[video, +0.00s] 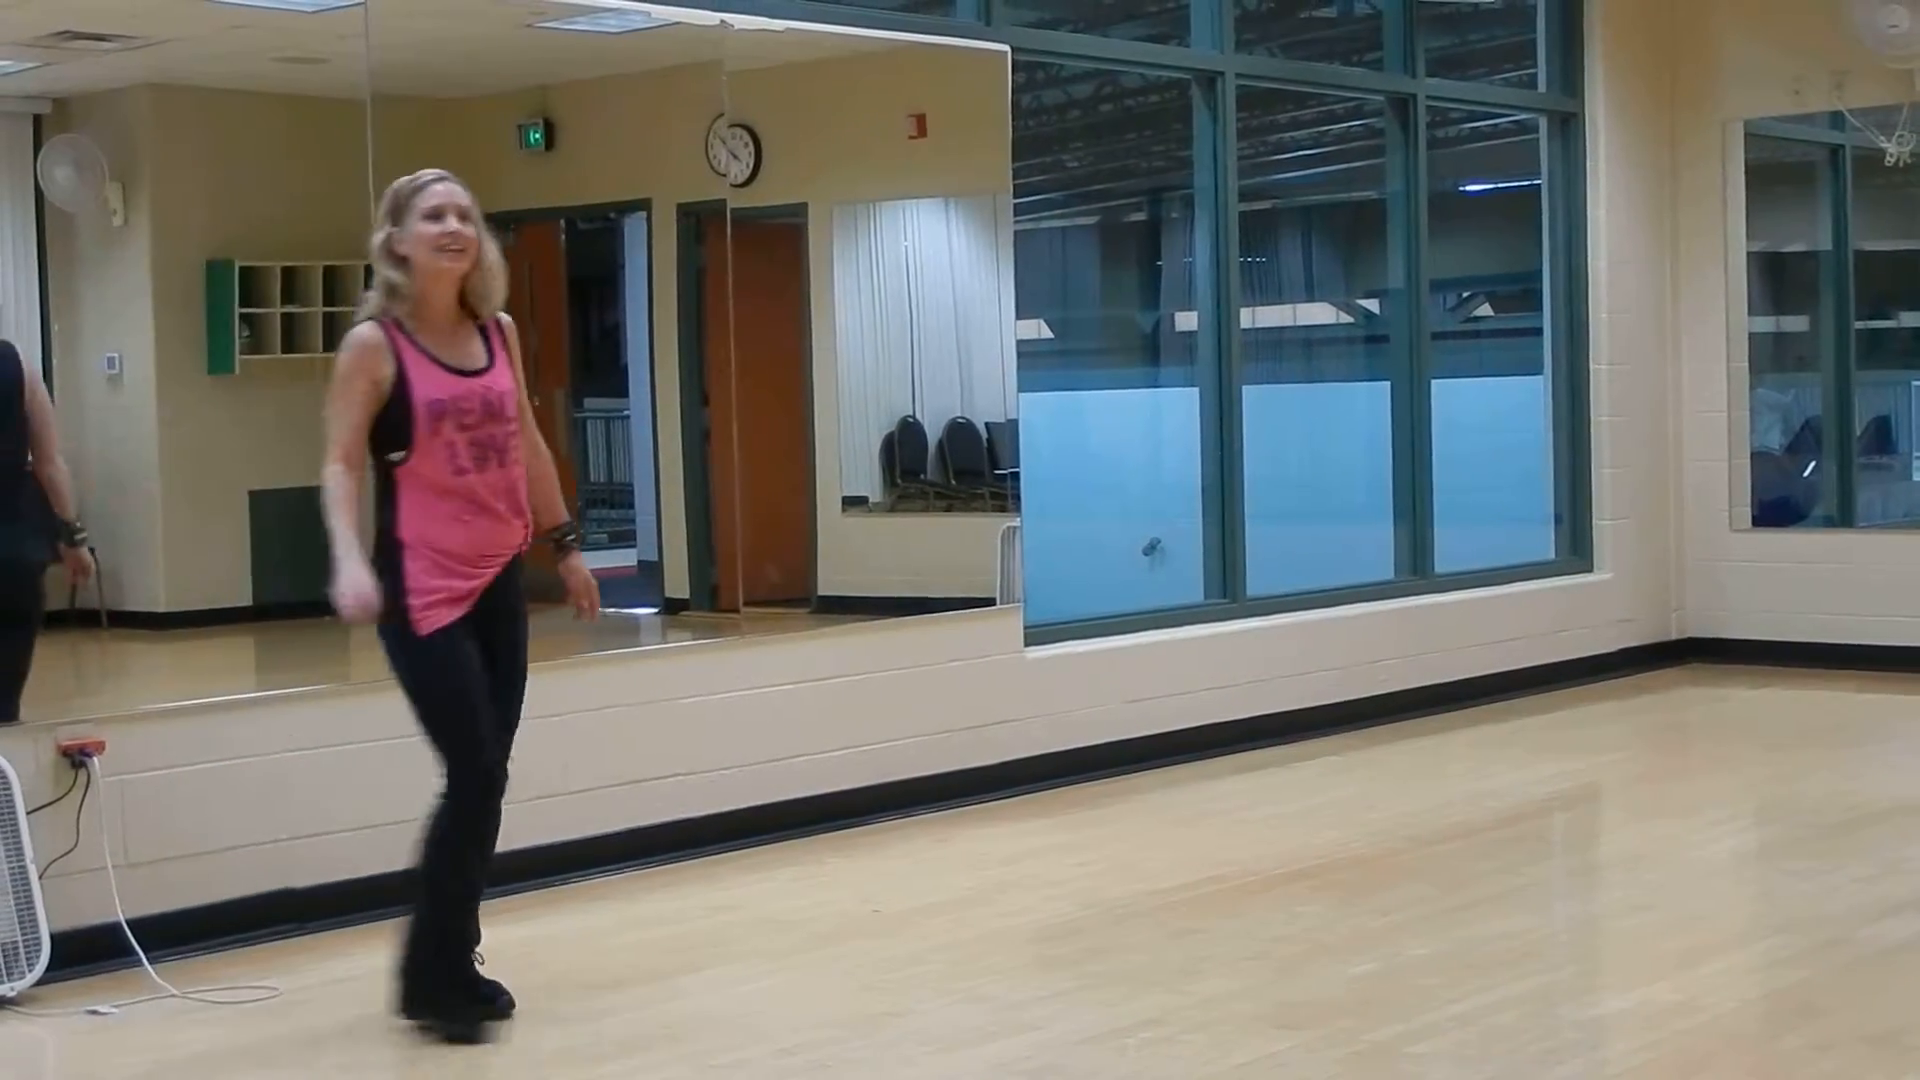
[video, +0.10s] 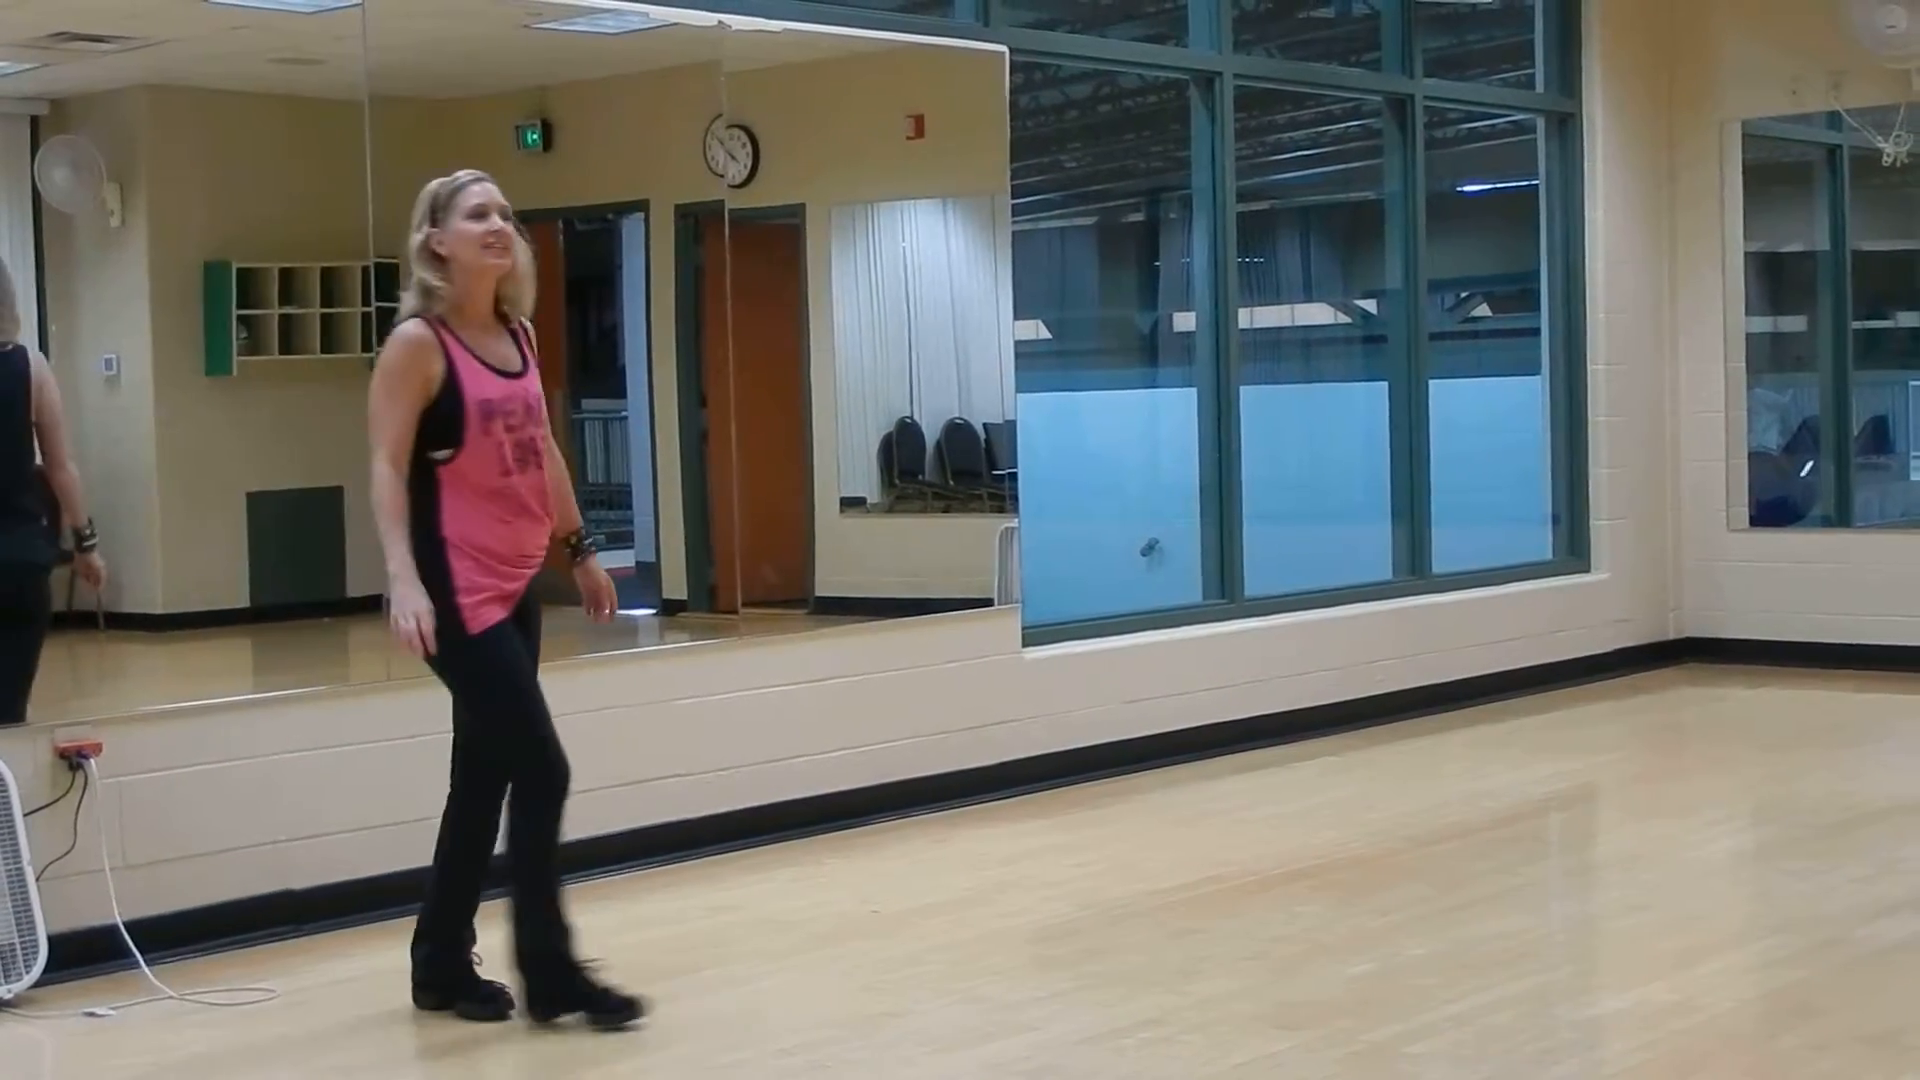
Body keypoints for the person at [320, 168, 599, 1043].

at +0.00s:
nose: (452, 228)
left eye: (462, 216)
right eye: (432, 216)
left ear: (478, 239)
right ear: (395, 240)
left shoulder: (497, 332)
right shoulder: (373, 344)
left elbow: (527, 439)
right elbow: (342, 462)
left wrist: (565, 545)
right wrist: (351, 561)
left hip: (498, 580)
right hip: (422, 589)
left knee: (486, 772)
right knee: (476, 770)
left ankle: (449, 962)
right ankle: (430, 977)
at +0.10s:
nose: (500, 226)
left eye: (505, 215)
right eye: (478, 215)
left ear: (513, 241)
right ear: (434, 242)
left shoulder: (515, 335)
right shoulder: (415, 344)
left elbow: (542, 447)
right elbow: (387, 471)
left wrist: (579, 549)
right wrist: (403, 581)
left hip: (517, 590)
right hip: (454, 597)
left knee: (477, 788)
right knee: (541, 768)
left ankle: (440, 965)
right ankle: (551, 978)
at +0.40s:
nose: (590, 229)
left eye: (590, 218)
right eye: (567, 223)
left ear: (599, 246)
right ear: (529, 259)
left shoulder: (602, 343)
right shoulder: (524, 361)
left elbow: (617, 472)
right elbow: (498, 485)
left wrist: (638, 572)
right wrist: (501, 604)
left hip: (598, 600)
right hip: (562, 606)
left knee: (548, 787)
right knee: (647, 768)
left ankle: (434, 941)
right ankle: (662, 956)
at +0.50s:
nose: (612, 223)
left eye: (611, 212)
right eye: (590, 218)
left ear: (617, 243)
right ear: (553, 255)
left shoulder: (621, 340)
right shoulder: (551, 356)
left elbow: (634, 472)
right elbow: (537, 482)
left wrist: (652, 568)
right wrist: (544, 599)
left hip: (626, 591)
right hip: (587, 596)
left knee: (631, 774)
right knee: (647, 766)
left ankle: (489, 906)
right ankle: (643, 959)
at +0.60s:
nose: (639, 217)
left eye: (637, 207)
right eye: (617, 211)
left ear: (638, 242)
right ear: (577, 246)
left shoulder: (635, 336)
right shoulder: (580, 345)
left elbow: (646, 471)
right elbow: (581, 478)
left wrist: (666, 576)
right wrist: (608, 588)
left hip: (648, 585)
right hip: (605, 589)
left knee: (702, 752)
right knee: (647, 766)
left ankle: (591, 892)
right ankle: (628, 960)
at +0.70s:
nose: (668, 215)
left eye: (666, 205)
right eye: (646, 207)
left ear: (660, 234)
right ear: (606, 241)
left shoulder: (660, 326)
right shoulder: (607, 335)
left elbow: (669, 456)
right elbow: (618, 459)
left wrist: (693, 559)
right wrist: (687, 565)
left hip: (675, 572)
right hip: (629, 578)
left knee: (748, 732)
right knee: (641, 767)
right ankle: (616, 958)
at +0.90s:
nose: (737, 221)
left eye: (733, 211)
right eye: (717, 214)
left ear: (722, 243)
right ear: (677, 244)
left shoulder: (741, 329)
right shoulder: (669, 343)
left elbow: (747, 451)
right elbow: (686, 463)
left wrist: (781, 534)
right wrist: (786, 530)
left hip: (756, 573)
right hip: (705, 580)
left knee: (816, 730)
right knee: (668, 759)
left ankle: (859, 895)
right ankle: (612, 940)